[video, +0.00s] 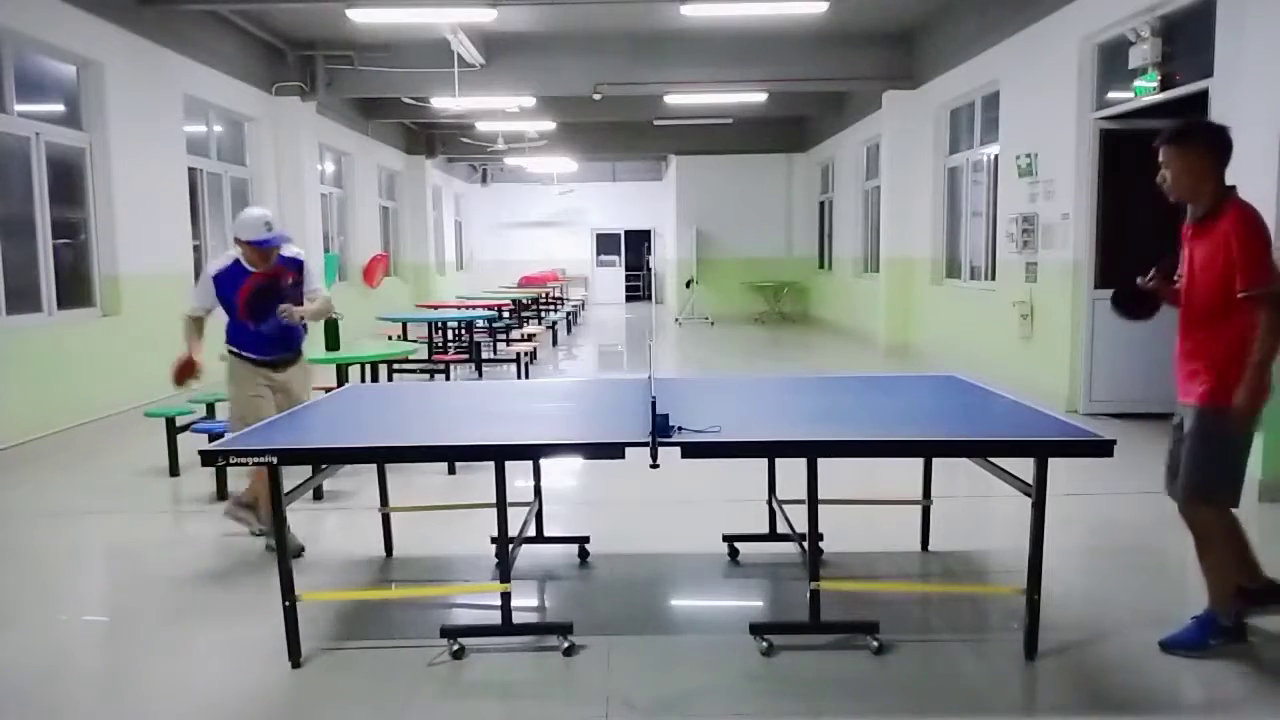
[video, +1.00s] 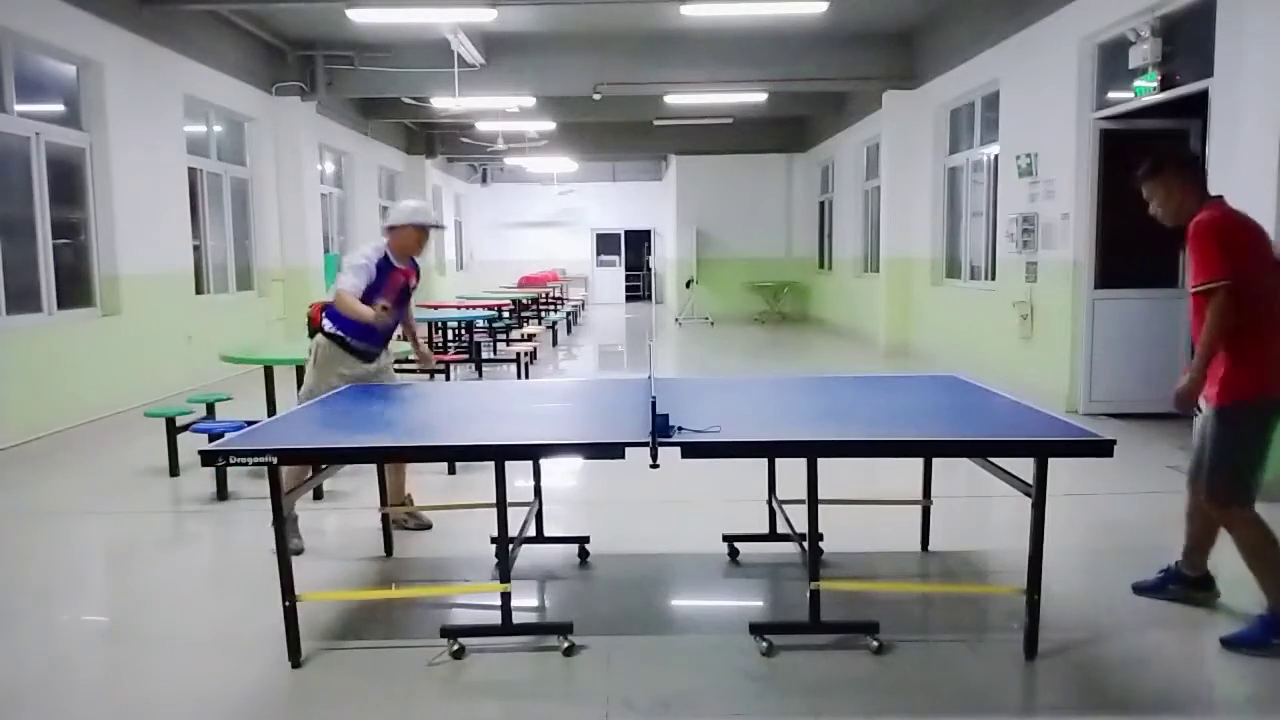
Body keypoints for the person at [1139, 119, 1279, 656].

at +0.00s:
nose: (1160, 178)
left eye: (1168, 167)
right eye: (1160, 167)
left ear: (1204, 165)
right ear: (1190, 169)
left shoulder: (1241, 224)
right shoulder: (1195, 224)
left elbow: (1267, 316)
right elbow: (1200, 300)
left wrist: (1250, 391)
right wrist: (1165, 289)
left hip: (1226, 392)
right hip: (1195, 388)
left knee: (1199, 498)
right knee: (1185, 488)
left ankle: (1223, 616)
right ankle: (1251, 581)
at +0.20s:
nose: (1147, 177)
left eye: (1155, 167)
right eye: (1146, 168)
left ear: (1191, 166)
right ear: (1174, 171)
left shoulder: (1230, 224)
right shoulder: (1179, 230)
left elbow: (1265, 304)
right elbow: (1188, 300)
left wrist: (1270, 379)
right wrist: (1138, 302)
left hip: (1221, 393)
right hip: (1187, 388)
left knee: (1195, 499)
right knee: (1173, 483)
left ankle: (1222, 617)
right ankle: (1191, 571)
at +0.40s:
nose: (1137, 183)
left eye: (1145, 173)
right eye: (1137, 174)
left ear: (1181, 172)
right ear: (1159, 178)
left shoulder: (1224, 228)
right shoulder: (1163, 237)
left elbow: (1263, 301)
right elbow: (1170, 306)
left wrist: (1244, 368)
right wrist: (1130, 320)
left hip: (1218, 394)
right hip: (1179, 390)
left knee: (1203, 499)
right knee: (1174, 484)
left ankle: (1224, 618)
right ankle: (1193, 573)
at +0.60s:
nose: (1130, 187)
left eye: (1137, 176)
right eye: (1129, 178)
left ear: (1170, 174)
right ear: (1150, 181)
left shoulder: (1214, 225)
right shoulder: (1161, 238)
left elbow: (1250, 294)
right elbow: (1168, 303)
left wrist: (1220, 362)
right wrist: (1130, 329)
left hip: (1229, 383)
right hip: (1188, 382)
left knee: (1217, 488)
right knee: (1181, 478)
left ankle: (1259, 604)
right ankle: (1192, 575)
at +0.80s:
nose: (1131, 196)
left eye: (1136, 184)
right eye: (1128, 186)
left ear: (1167, 177)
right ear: (1157, 184)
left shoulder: (1206, 223)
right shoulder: (1178, 234)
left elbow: (1233, 297)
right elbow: (1196, 305)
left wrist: (1208, 366)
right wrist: (1154, 337)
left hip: (1235, 386)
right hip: (1201, 385)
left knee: (1228, 495)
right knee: (1185, 477)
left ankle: (1271, 604)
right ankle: (1192, 574)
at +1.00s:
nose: (1151, 211)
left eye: (1152, 199)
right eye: (1147, 201)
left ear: (1178, 184)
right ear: (1189, 184)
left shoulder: (1206, 227)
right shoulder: (1236, 224)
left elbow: (1222, 303)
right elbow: (1253, 307)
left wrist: (1195, 373)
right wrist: (1212, 375)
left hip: (1245, 387)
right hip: (1239, 383)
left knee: (1225, 499)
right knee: (1201, 483)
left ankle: (1278, 611)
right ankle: (1191, 573)